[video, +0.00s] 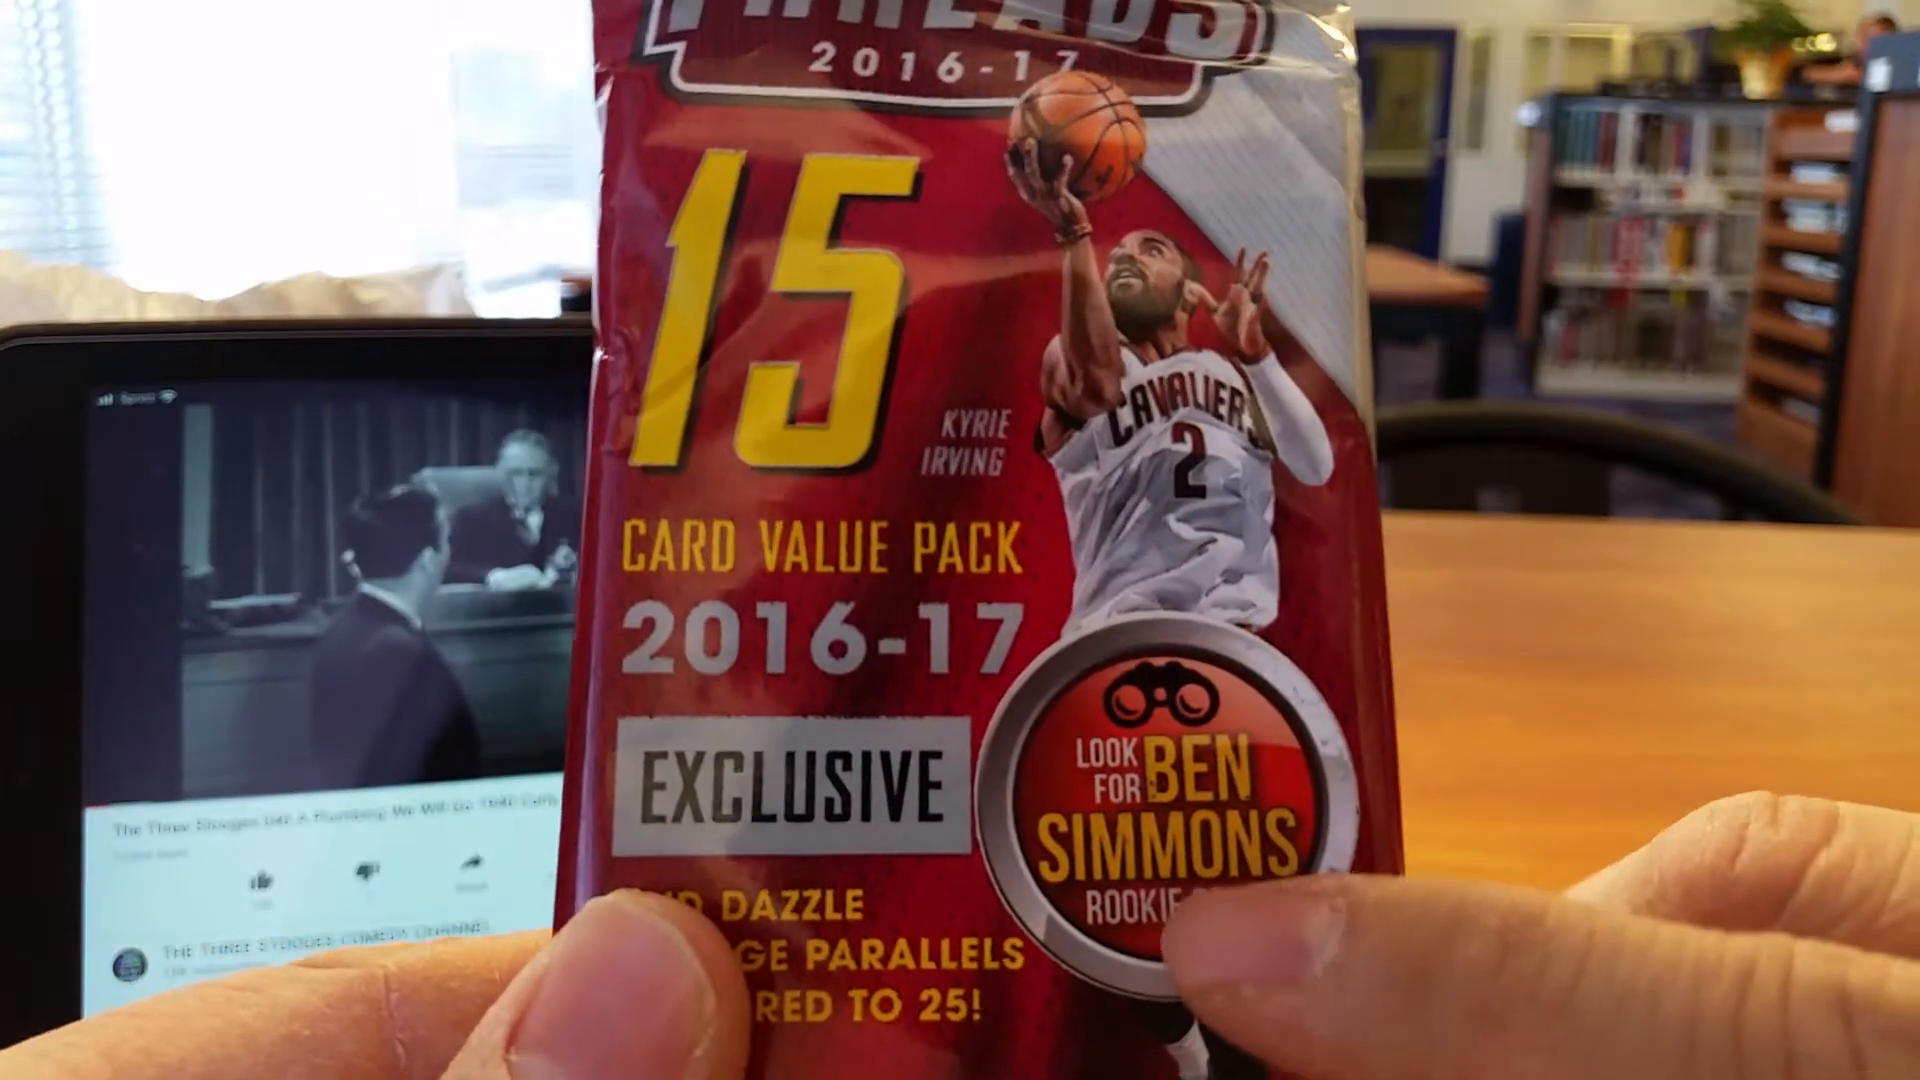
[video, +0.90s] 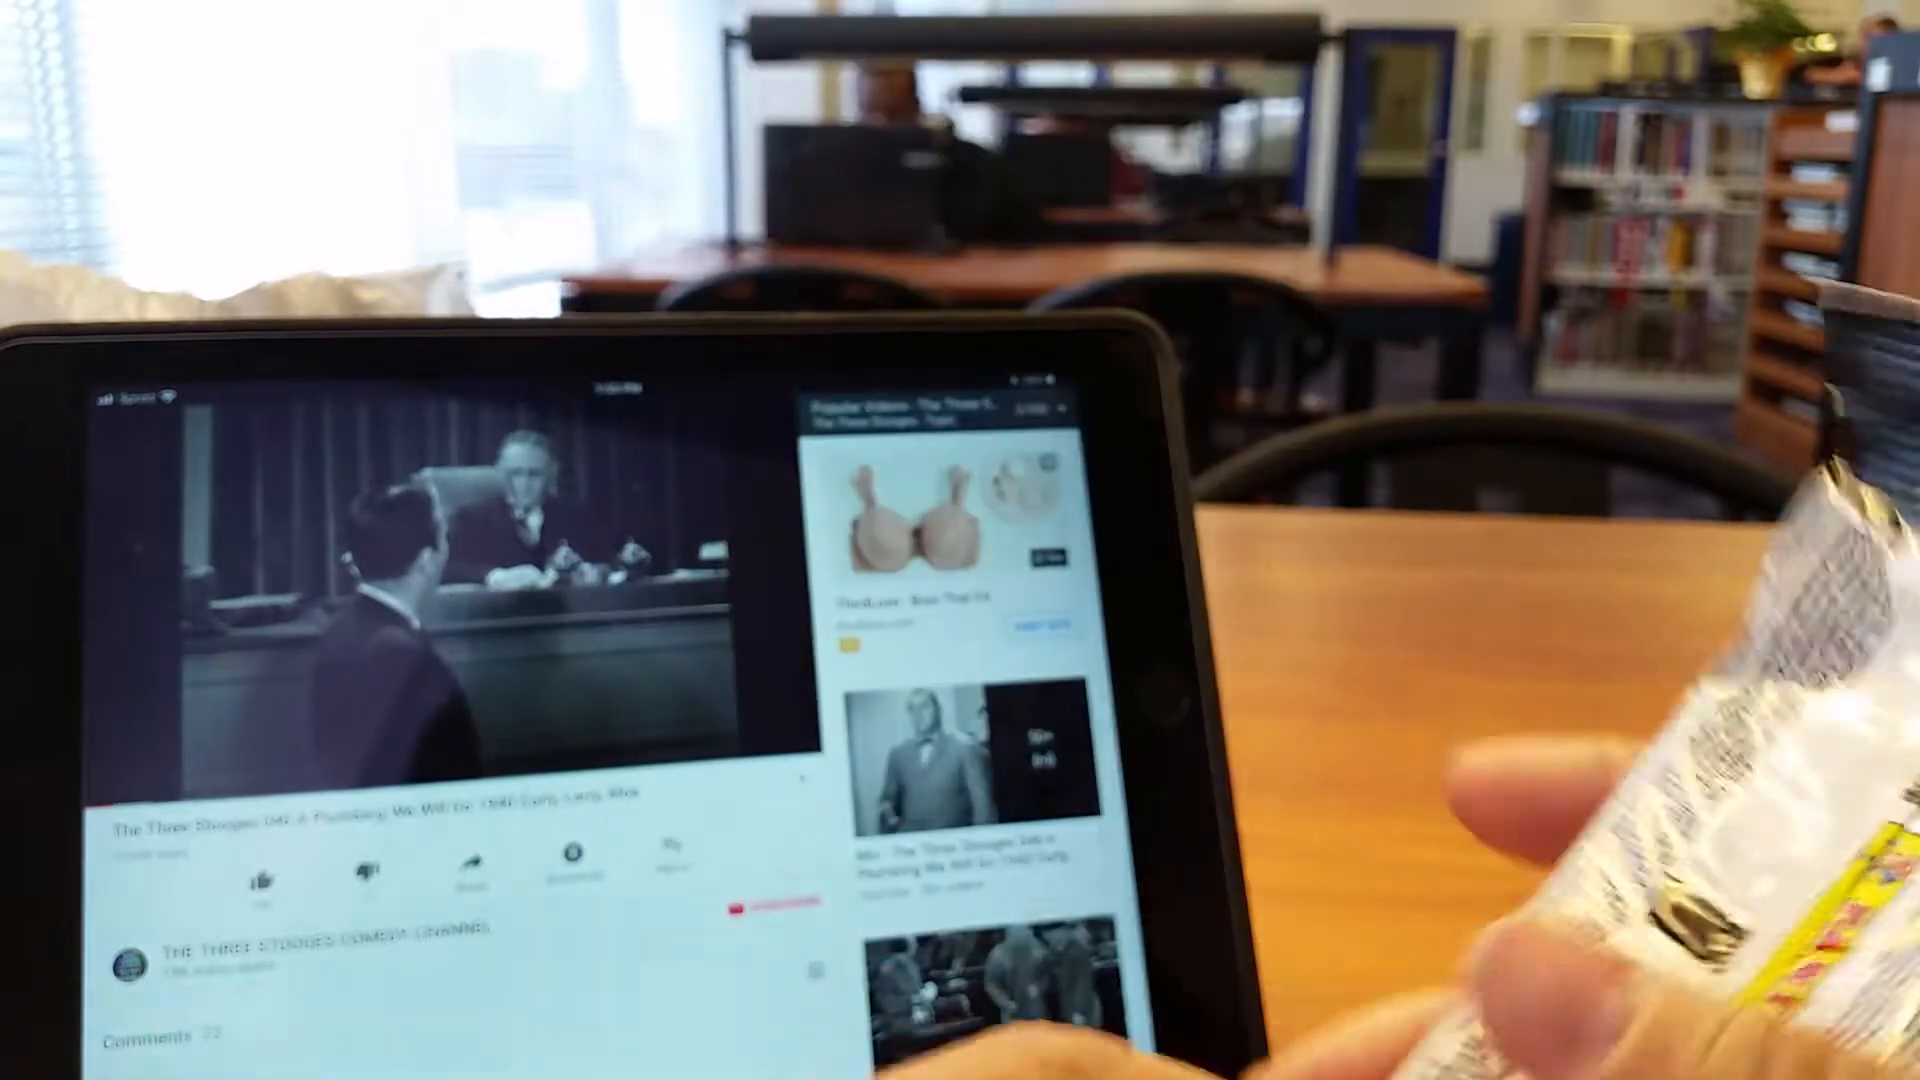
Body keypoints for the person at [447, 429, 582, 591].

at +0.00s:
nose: (524, 484)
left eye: (534, 474)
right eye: (515, 473)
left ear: (551, 472)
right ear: (499, 473)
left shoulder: (573, 517)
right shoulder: (473, 521)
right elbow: (450, 572)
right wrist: (490, 577)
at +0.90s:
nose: (523, 484)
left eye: (533, 474)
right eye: (514, 474)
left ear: (551, 475)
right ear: (500, 475)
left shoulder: (576, 518)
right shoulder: (474, 523)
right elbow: (450, 570)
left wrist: (593, 573)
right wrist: (491, 576)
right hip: (499, 638)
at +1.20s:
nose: (532, 484)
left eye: (541, 474)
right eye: (523, 474)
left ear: (559, 473)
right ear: (509, 471)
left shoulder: (584, 515)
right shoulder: (480, 519)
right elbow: (455, 569)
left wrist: (587, 569)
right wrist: (502, 576)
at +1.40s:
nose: (534, 484)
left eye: (544, 475)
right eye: (525, 474)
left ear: (561, 473)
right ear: (512, 471)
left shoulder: (587, 515)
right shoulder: (484, 519)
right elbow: (457, 568)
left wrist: (590, 569)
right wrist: (504, 575)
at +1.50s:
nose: (533, 485)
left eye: (543, 475)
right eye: (525, 474)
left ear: (560, 474)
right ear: (511, 471)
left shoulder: (585, 514)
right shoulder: (483, 519)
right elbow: (457, 569)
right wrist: (503, 575)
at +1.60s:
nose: (533, 485)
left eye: (543, 475)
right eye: (524, 474)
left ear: (561, 473)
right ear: (511, 472)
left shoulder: (583, 514)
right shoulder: (483, 518)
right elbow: (457, 569)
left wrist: (590, 570)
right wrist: (504, 575)